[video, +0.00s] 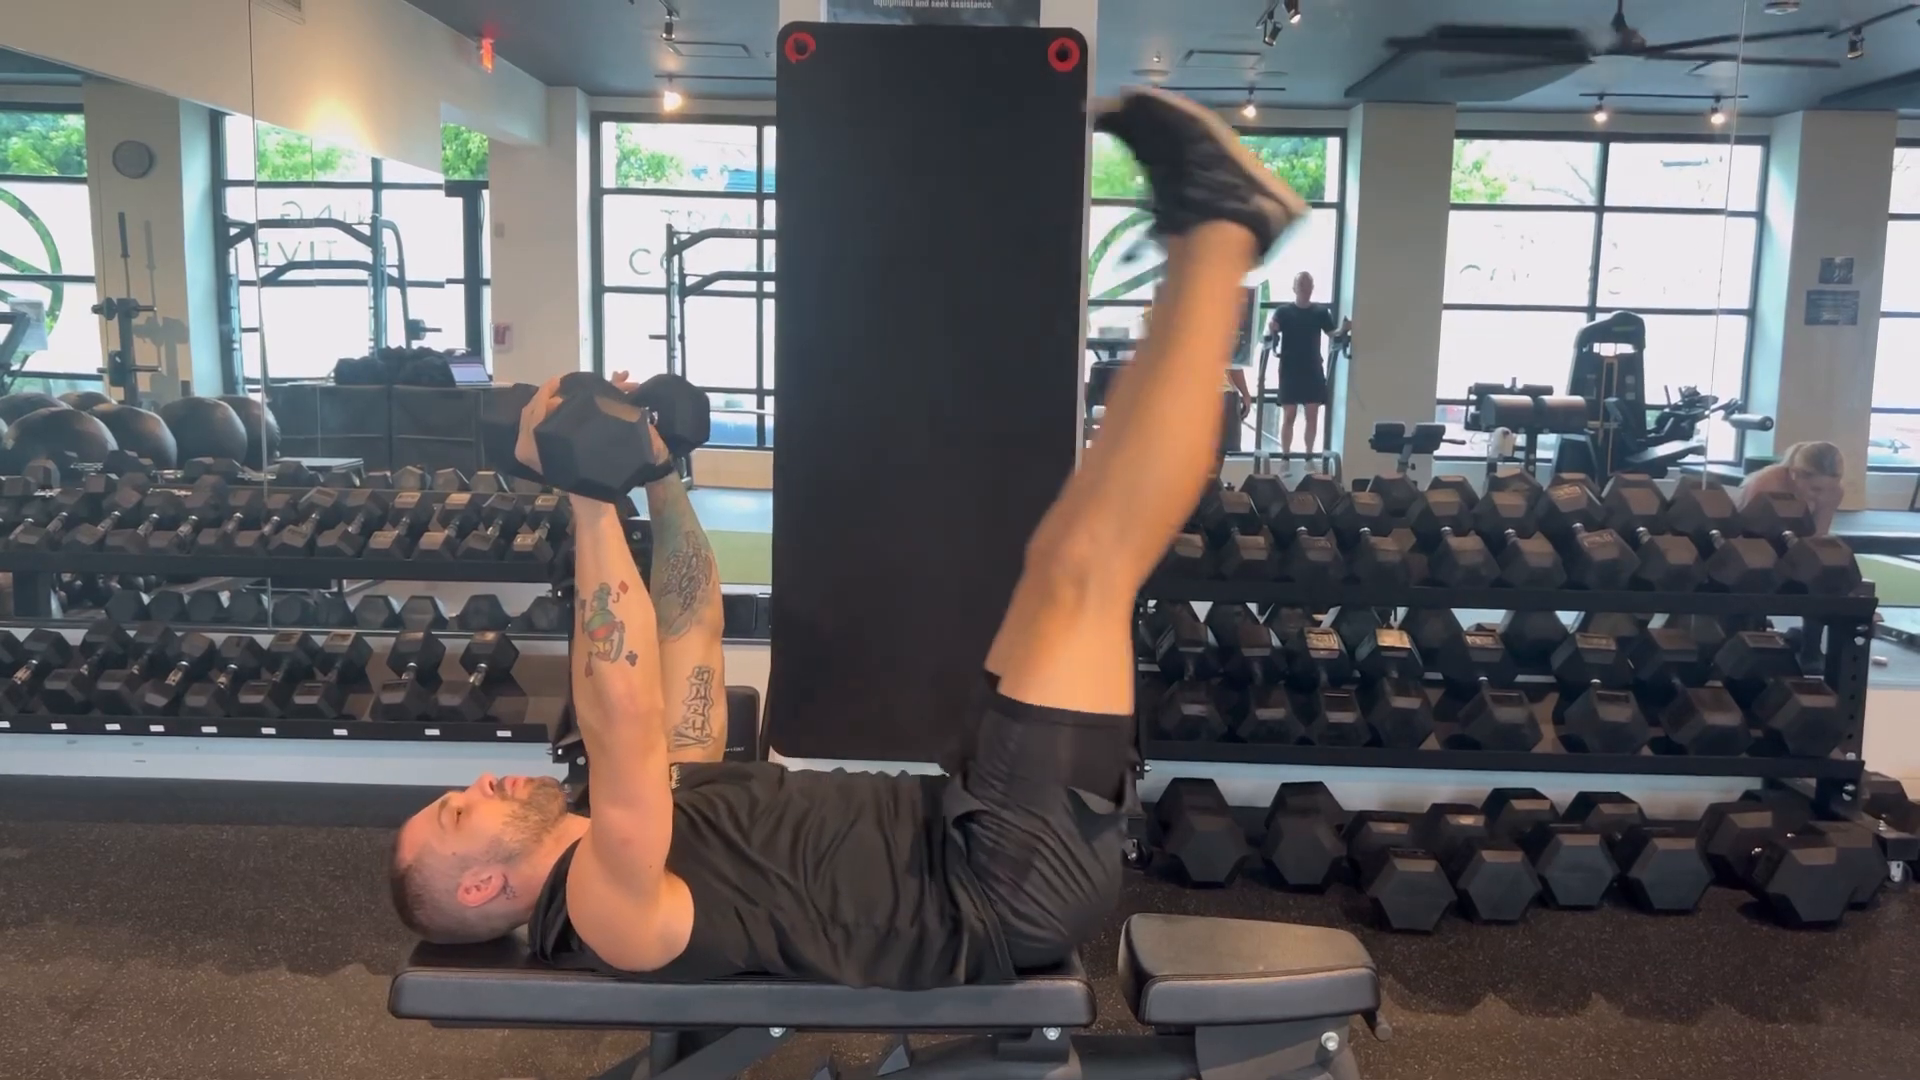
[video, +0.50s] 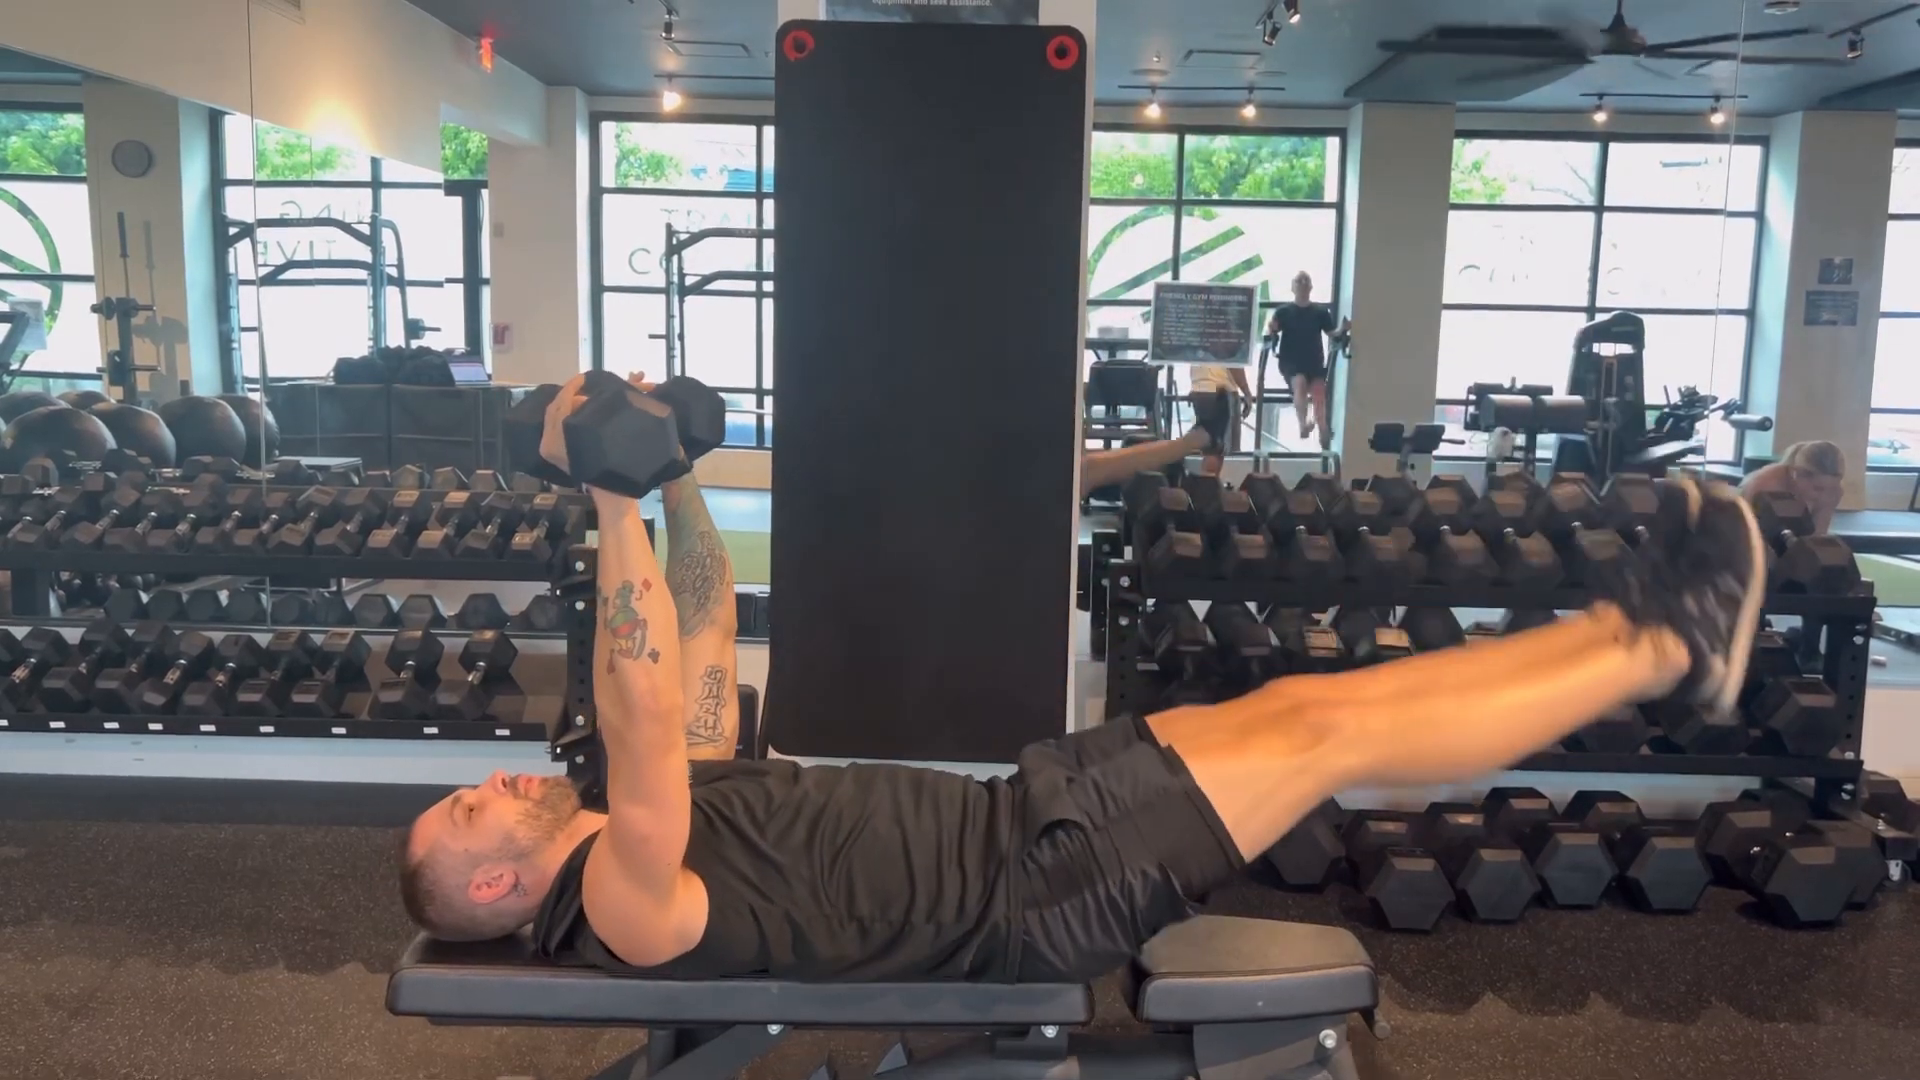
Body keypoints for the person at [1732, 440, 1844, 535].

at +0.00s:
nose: (1822, 497)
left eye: (1829, 490)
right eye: (1816, 490)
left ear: (1837, 482)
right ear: (1794, 475)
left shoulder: (1834, 492)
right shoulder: (1763, 486)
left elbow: (1817, 541)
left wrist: (1826, 509)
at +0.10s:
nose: (1822, 497)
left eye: (1829, 490)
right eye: (1816, 490)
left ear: (1836, 483)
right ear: (1794, 475)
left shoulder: (1834, 493)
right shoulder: (1764, 486)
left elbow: (1817, 541)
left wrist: (1827, 509)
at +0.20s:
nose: (1820, 498)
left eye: (1828, 490)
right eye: (1815, 490)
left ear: (1835, 484)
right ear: (1794, 475)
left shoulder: (1833, 492)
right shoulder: (1768, 483)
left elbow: (1817, 541)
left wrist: (1827, 509)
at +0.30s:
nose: (1820, 497)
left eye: (1828, 490)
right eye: (1815, 489)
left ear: (1835, 483)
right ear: (1794, 475)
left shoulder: (1833, 492)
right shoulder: (1764, 485)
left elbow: (1816, 542)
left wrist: (1827, 509)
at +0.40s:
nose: (1821, 496)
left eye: (1828, 489)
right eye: (1817, 488)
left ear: (1836, 482)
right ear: (1795, 474)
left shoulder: (1832, 491)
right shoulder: (1766, 485)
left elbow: (1816, 543)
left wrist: (1826, 509)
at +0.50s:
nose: (1823, 496)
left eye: (1830, 489)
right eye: (1818, 489)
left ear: (1837, 482)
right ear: (1795, 474)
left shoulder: (1833, 492)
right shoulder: (1761, 486)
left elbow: (1817, 539)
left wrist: (1827, 509)